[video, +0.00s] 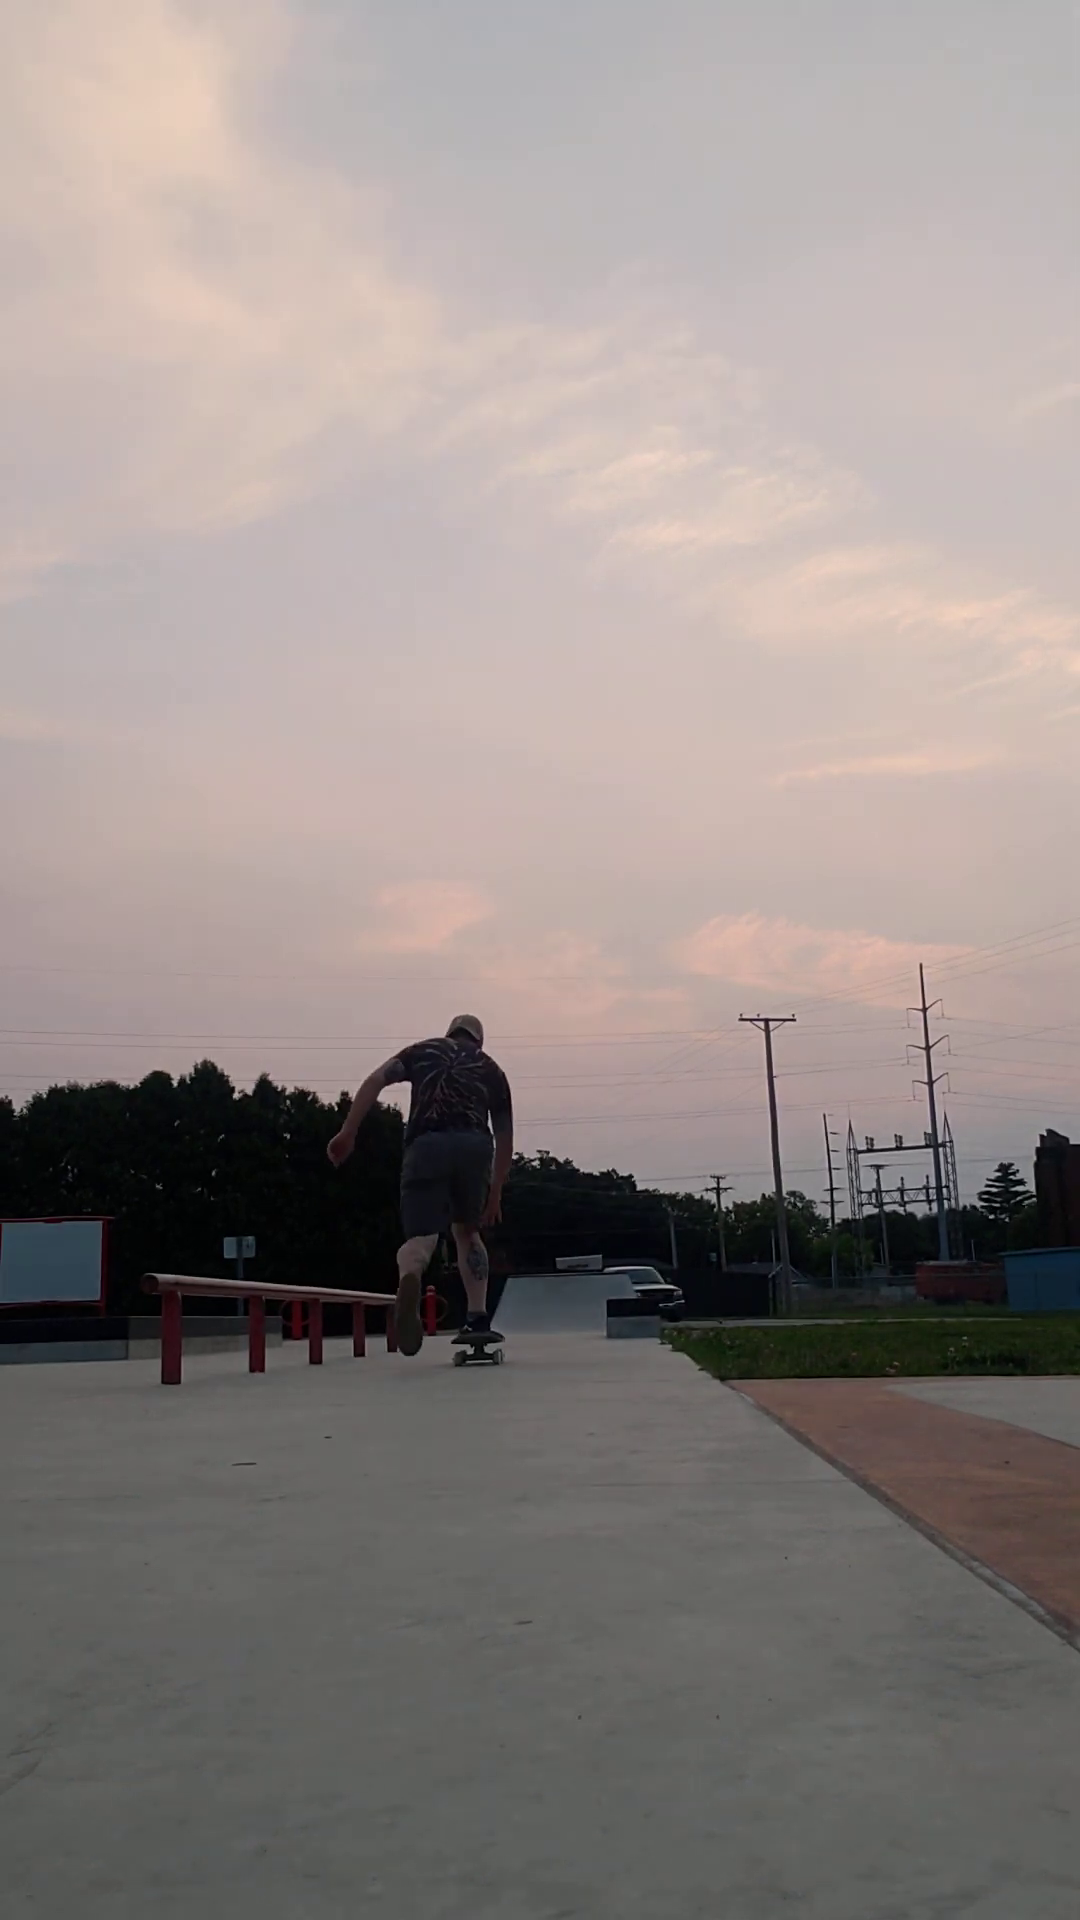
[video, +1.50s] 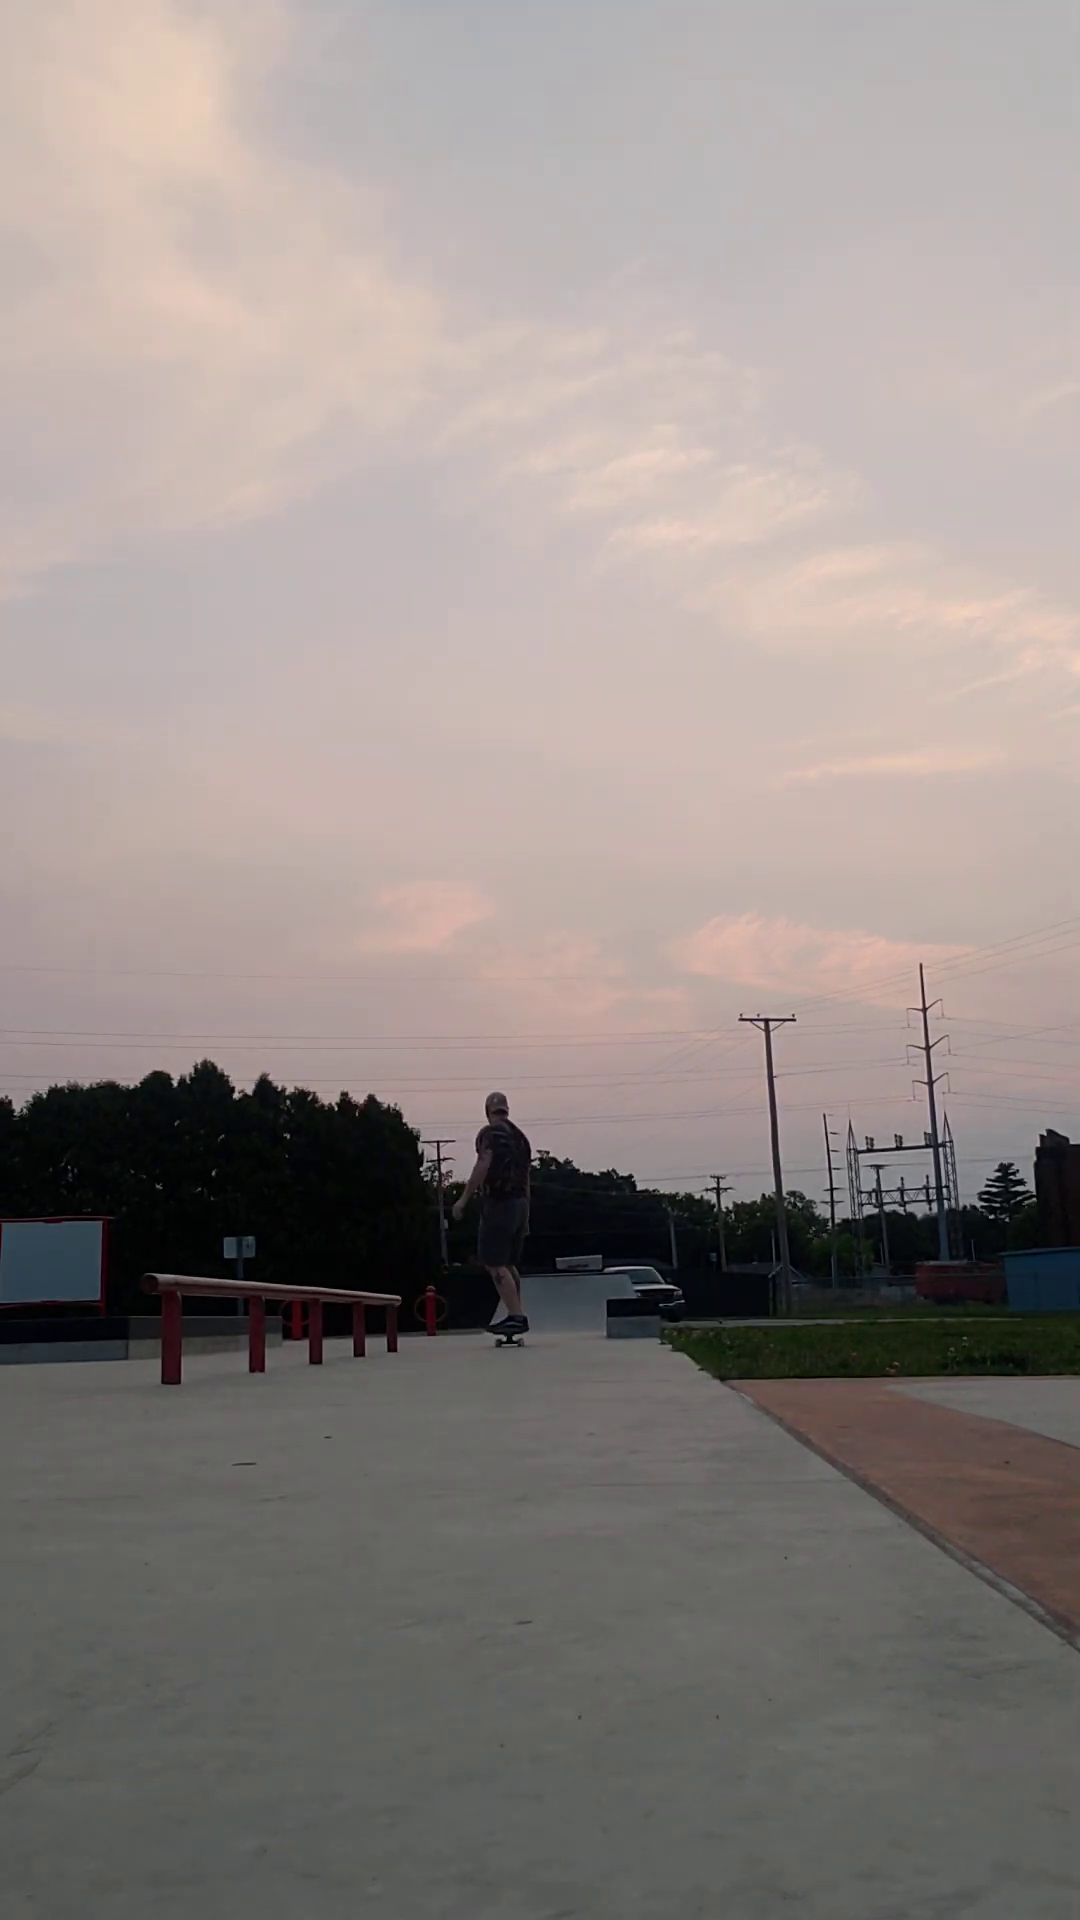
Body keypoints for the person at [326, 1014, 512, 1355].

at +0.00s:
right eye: (479, 1040)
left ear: (448, 1033)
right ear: (480, 1041)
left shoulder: (424, 1049)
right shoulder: (492, 1070)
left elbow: (374, 1080)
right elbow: (504, 1141)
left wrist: (348, 1132)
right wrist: (496, 1193)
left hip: (425, 1148)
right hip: (474, 1150)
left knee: (420, 1236)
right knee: (468, 1230)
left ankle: (409, 1278)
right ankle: (478, 1320)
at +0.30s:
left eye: (443, 1048)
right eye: (459, 1049)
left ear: (439, 1049)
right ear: (468, 1051)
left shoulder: (426, 1066)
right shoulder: (491, 1074)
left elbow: (410, 1110)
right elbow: (502, 1129)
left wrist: (402, 1158)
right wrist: (492, 1166)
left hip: (443, 1155)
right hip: (488, 1156)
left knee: (433, 1237)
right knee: (469, 1236)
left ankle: (434, 1320)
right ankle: (481, 1318)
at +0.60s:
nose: (464, 1105)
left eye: (460, 1100)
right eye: (471, 1101)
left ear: (454, 1099)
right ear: (482, 1100)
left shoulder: (437, 1126)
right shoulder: (499, 1130)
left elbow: (432, 1166)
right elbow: (499, 1166)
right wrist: (474, 1171)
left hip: (453, 1198)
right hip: (492, 1200)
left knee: (446, 1264)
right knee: (482, 1252)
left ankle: (446, 1315)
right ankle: (487, 1318)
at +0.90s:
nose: (480, 1095)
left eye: (474, 1091)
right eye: (485, 1092)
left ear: (470, 1092)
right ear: (495, 1091)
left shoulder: (460, 1118)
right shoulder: (512, 1120)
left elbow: (453, 1165)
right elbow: (514, 1161)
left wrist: (461, 1190)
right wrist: (501, 1183)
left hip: (477, 1192)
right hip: (509, 1193)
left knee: (453, 1258)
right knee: (491, 1257)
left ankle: (492, 1288)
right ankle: (495, 1322)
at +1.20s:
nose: (484, 1100)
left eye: (480, 1095)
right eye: (492, 1094)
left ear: (479, 1094)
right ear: (501, 1094)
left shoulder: (477, 1116)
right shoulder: (518, 1123)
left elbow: (458, 1147)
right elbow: (526, 1170)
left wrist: (441, 1178)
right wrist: (527, 1207)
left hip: (491, 1194)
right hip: (516, 1197)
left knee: (482, 1257)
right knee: (499, 1258)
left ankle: (510, 1315)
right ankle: (504, 1316)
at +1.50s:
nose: (489, 1115)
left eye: (488, 1111)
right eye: (496, 1110)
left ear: (487, 1111)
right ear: (508, 1110)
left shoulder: (488, 1133)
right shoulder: (521, 1138)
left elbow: (483, 1165)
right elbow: (525, 1181)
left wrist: (464, 1199)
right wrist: (525, 1217)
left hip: (498, 1205)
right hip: (519, 1206)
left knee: (494, 1261)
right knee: (508, 1263)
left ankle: (516, 1316)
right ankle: (516, 1315)